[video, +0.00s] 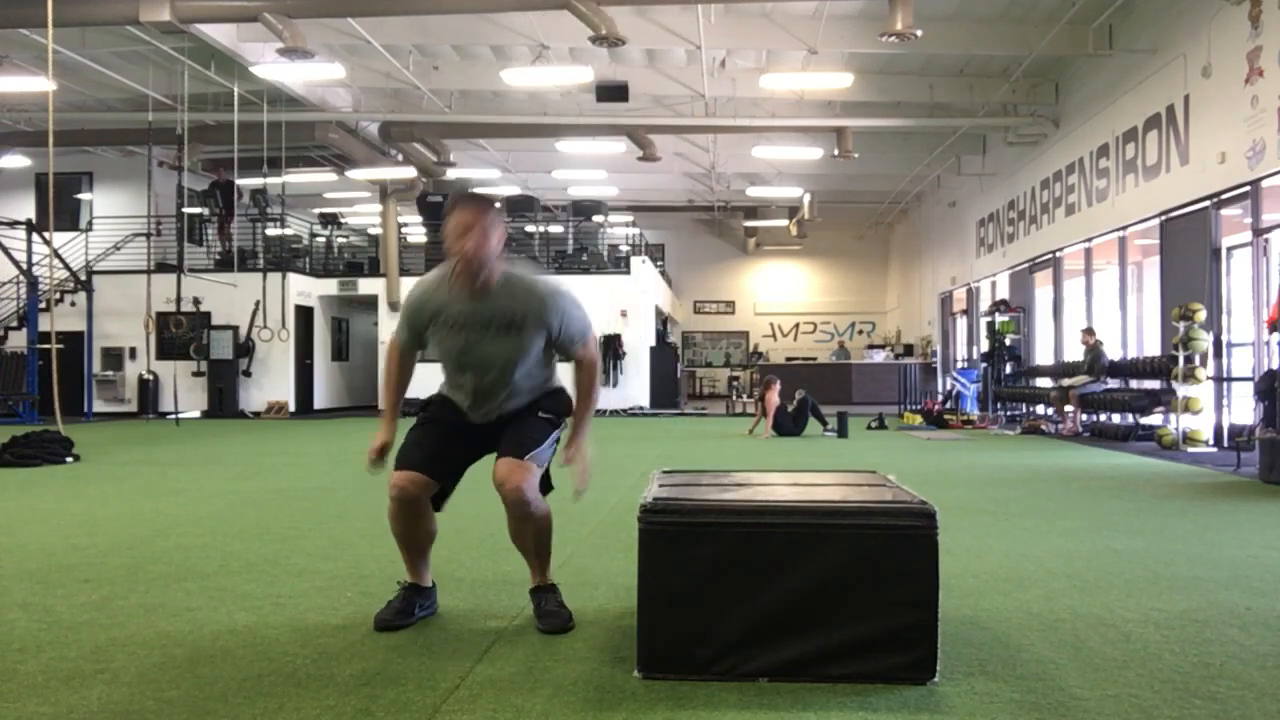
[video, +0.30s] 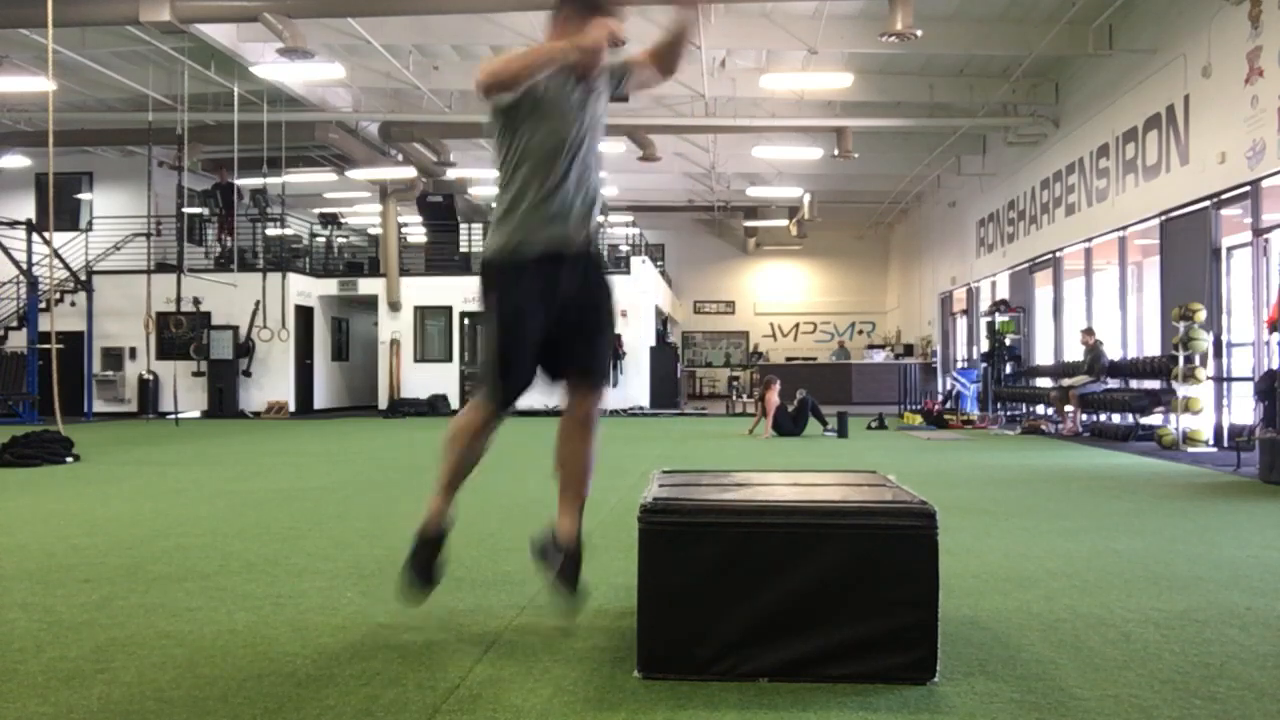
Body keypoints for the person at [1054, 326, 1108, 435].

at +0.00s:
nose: (1082, 339)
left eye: (1084, 337)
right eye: (1082, 336)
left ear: (1092, 337)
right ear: (1089, 337)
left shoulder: (1099, 353)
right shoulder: (1088, 351)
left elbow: (1096, 376)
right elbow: (1085, 371)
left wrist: (1073, 381)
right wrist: (1071, 380)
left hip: (1099, 382)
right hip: (1087, 379)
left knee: (1074, 393)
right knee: (1055, 395)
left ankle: (1076, 426)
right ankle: (1067, 425)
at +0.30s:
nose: (1081, 340)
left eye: (1084, 337)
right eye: (1081, 337)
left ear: (1091, 337)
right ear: (1087, 337)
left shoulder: (1099, 353)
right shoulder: (1087, 351)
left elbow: (1096, 376)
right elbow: (1085, 371)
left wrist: (1073, 381)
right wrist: (1071, 380)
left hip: (1099, 382)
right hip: (1087, 379)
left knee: (1074, 393)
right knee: (1055, 395)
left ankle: (1076, 426)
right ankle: (1067, 425)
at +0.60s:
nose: (1081, 340)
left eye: (1084, 337)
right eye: (1081, 337)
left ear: (1091, 337)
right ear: (1085, 337)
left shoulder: (1099, 353)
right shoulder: (1087, 351)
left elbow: (1096, 376)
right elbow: (1085, 371)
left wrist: (1073, 381)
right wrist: (1071, 380)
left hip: (1099, 381)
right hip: (1087, 379)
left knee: (1074, 392)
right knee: (1055, 395)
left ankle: (1076, 426)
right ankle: (1066, 425)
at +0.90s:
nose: (1082, 339)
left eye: (1085, 337)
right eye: (1082, 336)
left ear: (1092, 337)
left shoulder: (1099, 353)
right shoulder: (1088, 351)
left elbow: (1096, 376)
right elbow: (1086, 372)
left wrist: (1074, 381)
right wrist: (1072, 380)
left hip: (1099, 382)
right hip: (1086, 380)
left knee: (1073, 393)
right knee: (1054, 395)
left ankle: (1076, 426)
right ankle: (1066, 425)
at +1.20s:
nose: (1082, 340)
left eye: (1084, 337)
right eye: (1082, 336)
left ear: (1092, 338)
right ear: (1087, 338)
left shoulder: (1099, 353)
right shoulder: (1087, 351)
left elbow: (1096, 376)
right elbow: (1085, 372)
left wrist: (1074, 381)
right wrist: (1072, 380)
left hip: (1099, 382)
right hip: (1087, 380)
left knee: (1073, 392)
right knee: (1054, 395)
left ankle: (1076, 426)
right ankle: (1066, 424)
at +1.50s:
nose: (1082, 340)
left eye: (1084, 337)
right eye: (1082, 336)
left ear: (1092, 338)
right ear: (1087, 338)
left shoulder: (1099, 353)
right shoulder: (1088, 351)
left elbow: (1095, 377)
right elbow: (1085, 372)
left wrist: (1073, 381)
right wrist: (1071, 380)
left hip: (1099, 382)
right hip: (1087, 379)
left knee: (1074, 393)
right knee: (1054, 395)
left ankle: (1076, 426)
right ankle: (1066, 424)